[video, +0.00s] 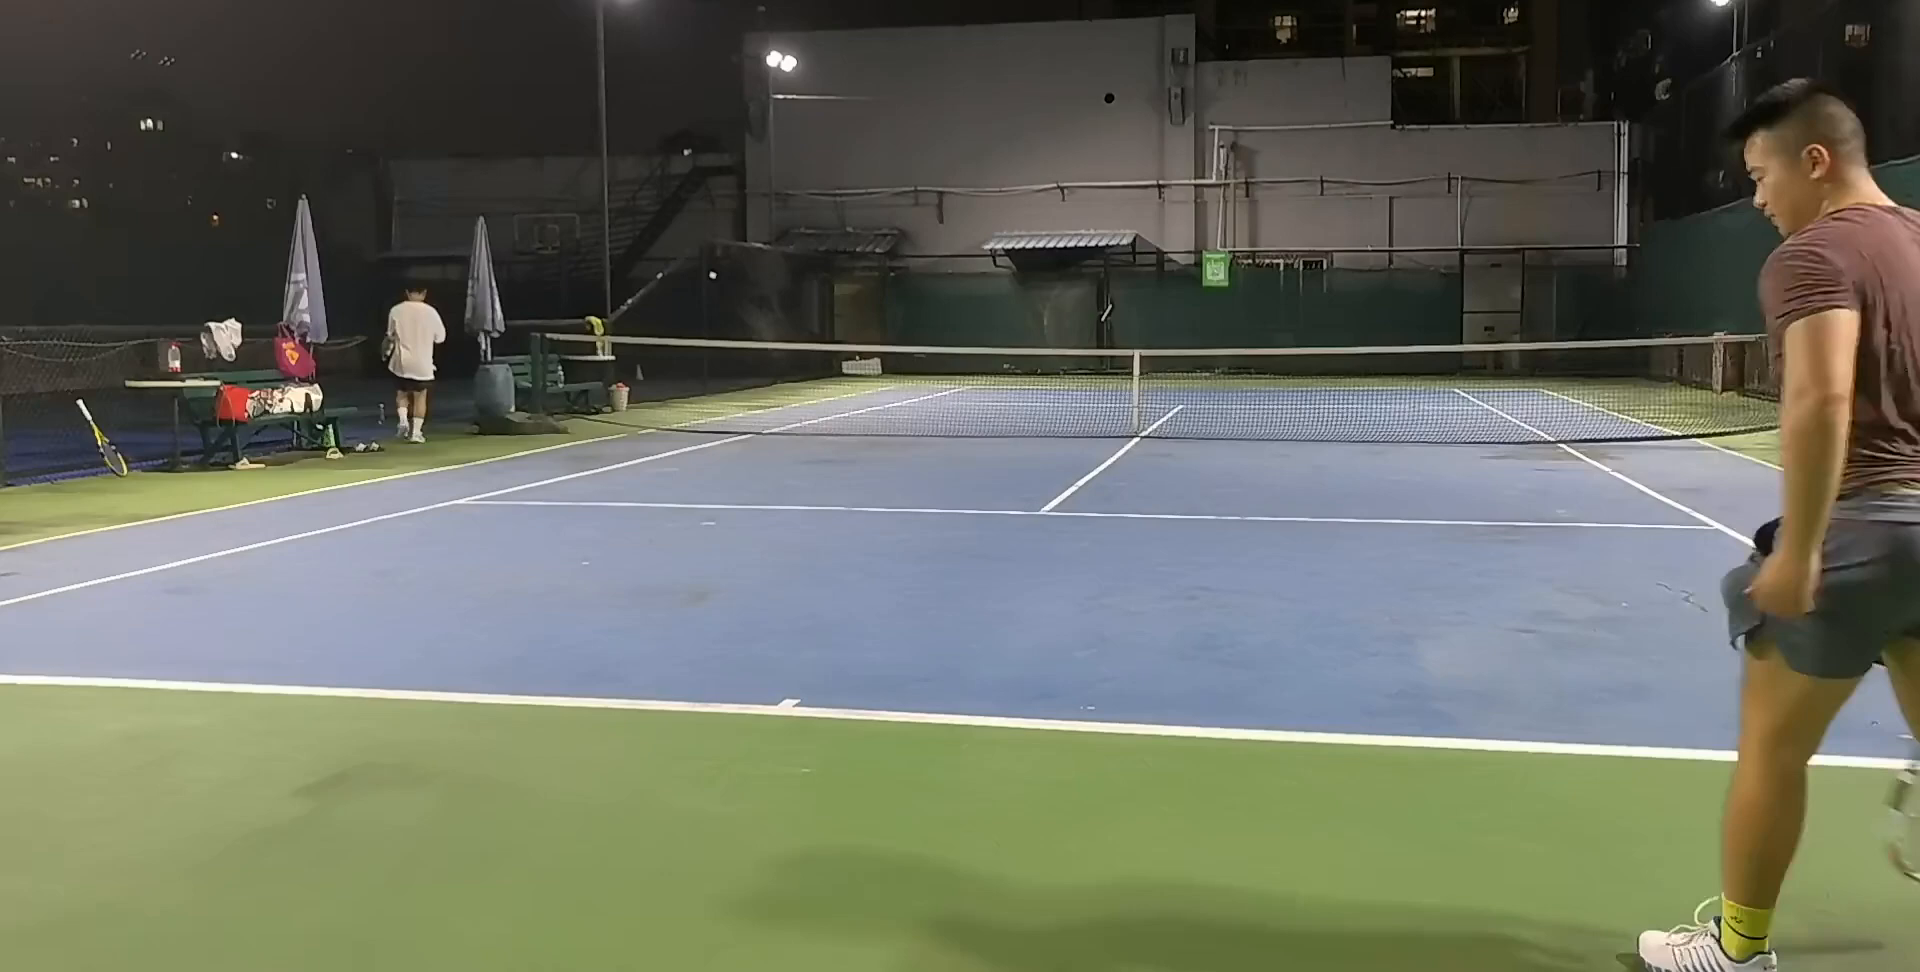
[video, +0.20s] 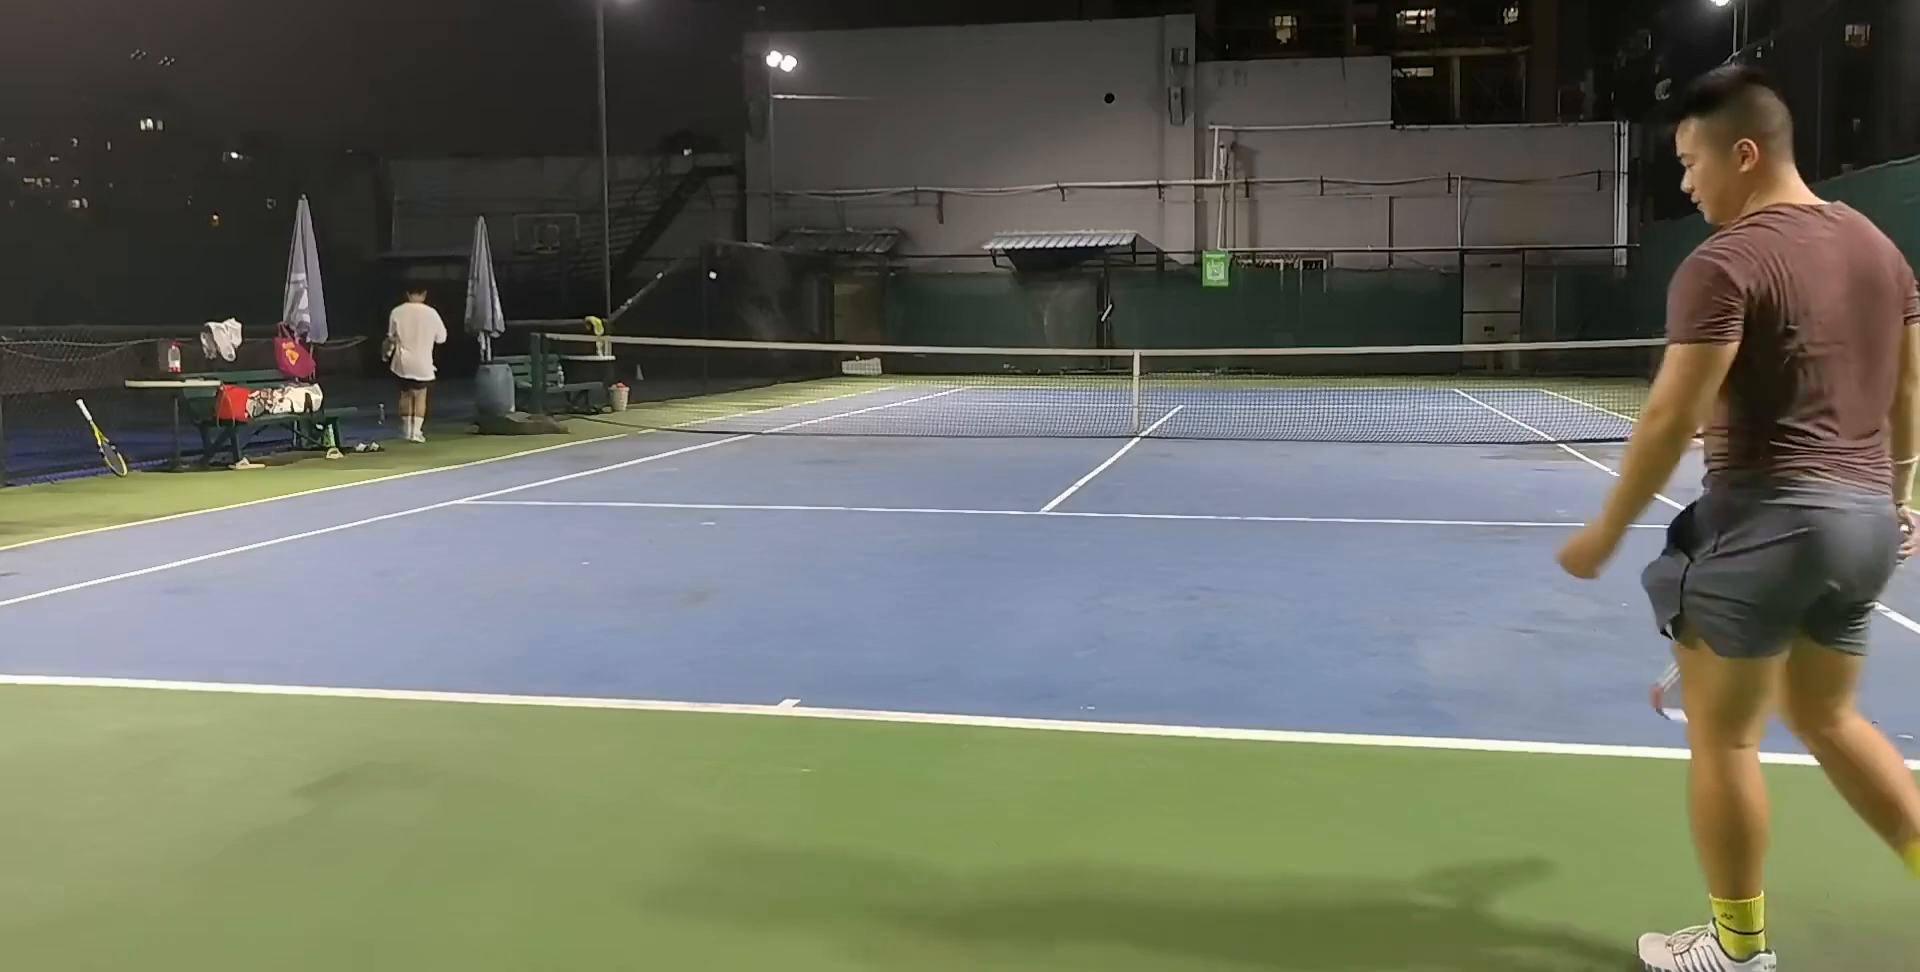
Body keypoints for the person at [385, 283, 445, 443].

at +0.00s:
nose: (421, 297)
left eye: (420, 294)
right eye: (422, 294)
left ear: (407, 293)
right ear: (424, 293)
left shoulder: (396, 310)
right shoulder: (430, 312)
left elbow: (390, 334)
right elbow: (440, 337)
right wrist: (425, 329)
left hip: (401, 363)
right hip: (423, 364)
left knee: (402, 393)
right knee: (420, 396)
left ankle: (403, 421)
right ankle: (416, 432)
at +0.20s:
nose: (421, 299)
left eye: (419, 295)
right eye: (423, 295)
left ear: (407, 294)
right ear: (424, 294)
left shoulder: (397, 312)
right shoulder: (431, 313)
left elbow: (391, 335)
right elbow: (441, 337)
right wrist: (426, 329)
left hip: (402, 363)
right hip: (423, 364)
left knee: (405, 395)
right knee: (420, 397)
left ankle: (407, 431)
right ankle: (416, 432)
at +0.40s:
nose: (420, 299)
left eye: (415, 296)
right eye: (421, 296)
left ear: (406, 296)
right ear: (422, 296)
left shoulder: (396, 314)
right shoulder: (430, 314)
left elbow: (393, 338)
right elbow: (441, 337)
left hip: (404, 365)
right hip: (425, 365)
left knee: (408, 393)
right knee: (426, 390)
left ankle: (410, 430)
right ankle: (420, 416)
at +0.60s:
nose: (426, 297)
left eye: (425, 294)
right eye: (426, 294)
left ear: (410, 294)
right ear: (426, 294)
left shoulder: (399, 311)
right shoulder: (432, 311)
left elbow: (397, 333)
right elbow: (442, 334)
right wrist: (426, 330)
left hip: (407, 362)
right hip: (428, 362)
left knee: (409, 394)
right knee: (432, 389)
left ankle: (410, 429)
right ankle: (425, 420)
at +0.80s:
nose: (438, 300)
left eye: (437, 297)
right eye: (437, 297)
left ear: (421, 297)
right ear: (434, 298)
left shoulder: (409, 313)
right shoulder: (439, 315)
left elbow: (406, 333)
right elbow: (448, 340)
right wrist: (433, 334)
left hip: (413, 362)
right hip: (434, 363)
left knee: (412, 394)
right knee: (436, 392)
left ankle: (410, 427)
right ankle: (435, 425)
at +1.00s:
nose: (449, 300)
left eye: (448, 297)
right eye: (448, 297)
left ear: (432, 296)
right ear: (445, 297)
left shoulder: (420, 312)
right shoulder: (449, 314)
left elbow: (418, 332)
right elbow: (458, 339)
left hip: (423, 360)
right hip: (443, 361)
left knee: (425, 387)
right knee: (443, 390)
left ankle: (417, 409)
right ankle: (437, 424)